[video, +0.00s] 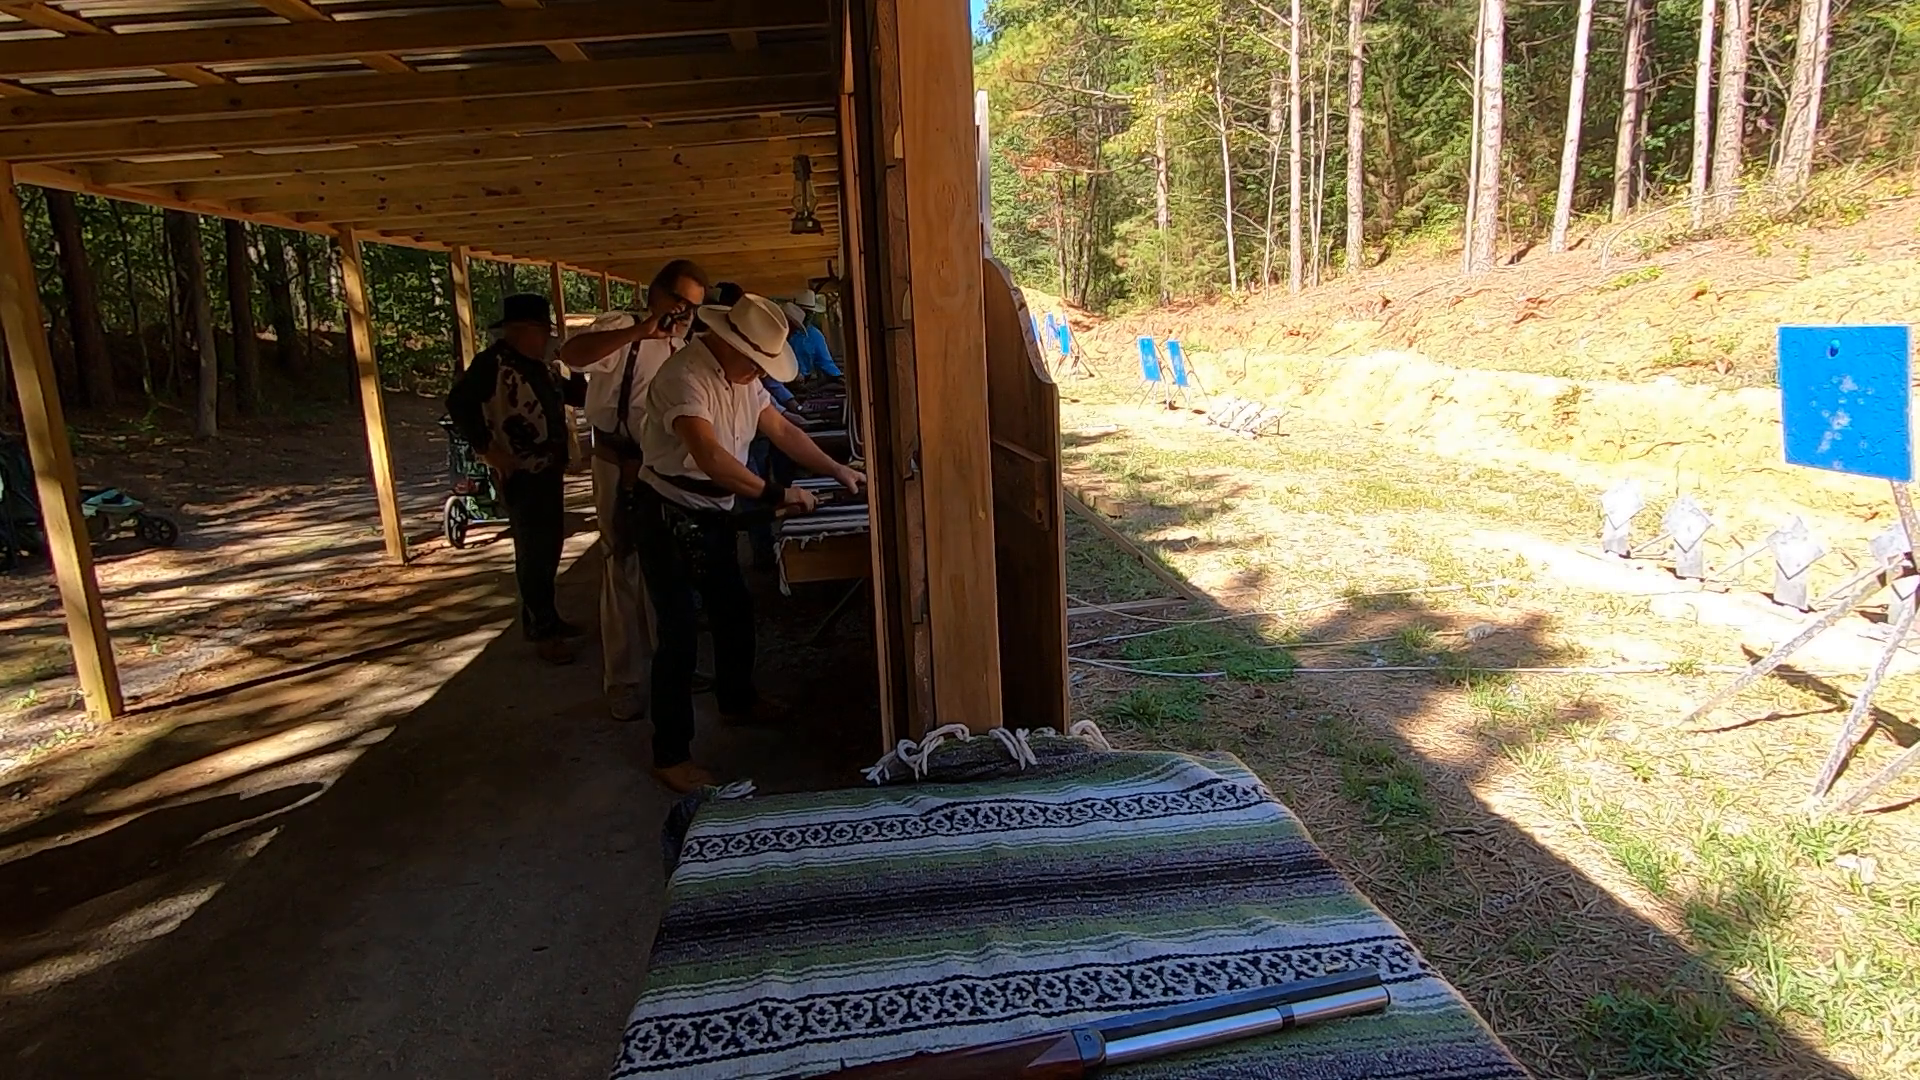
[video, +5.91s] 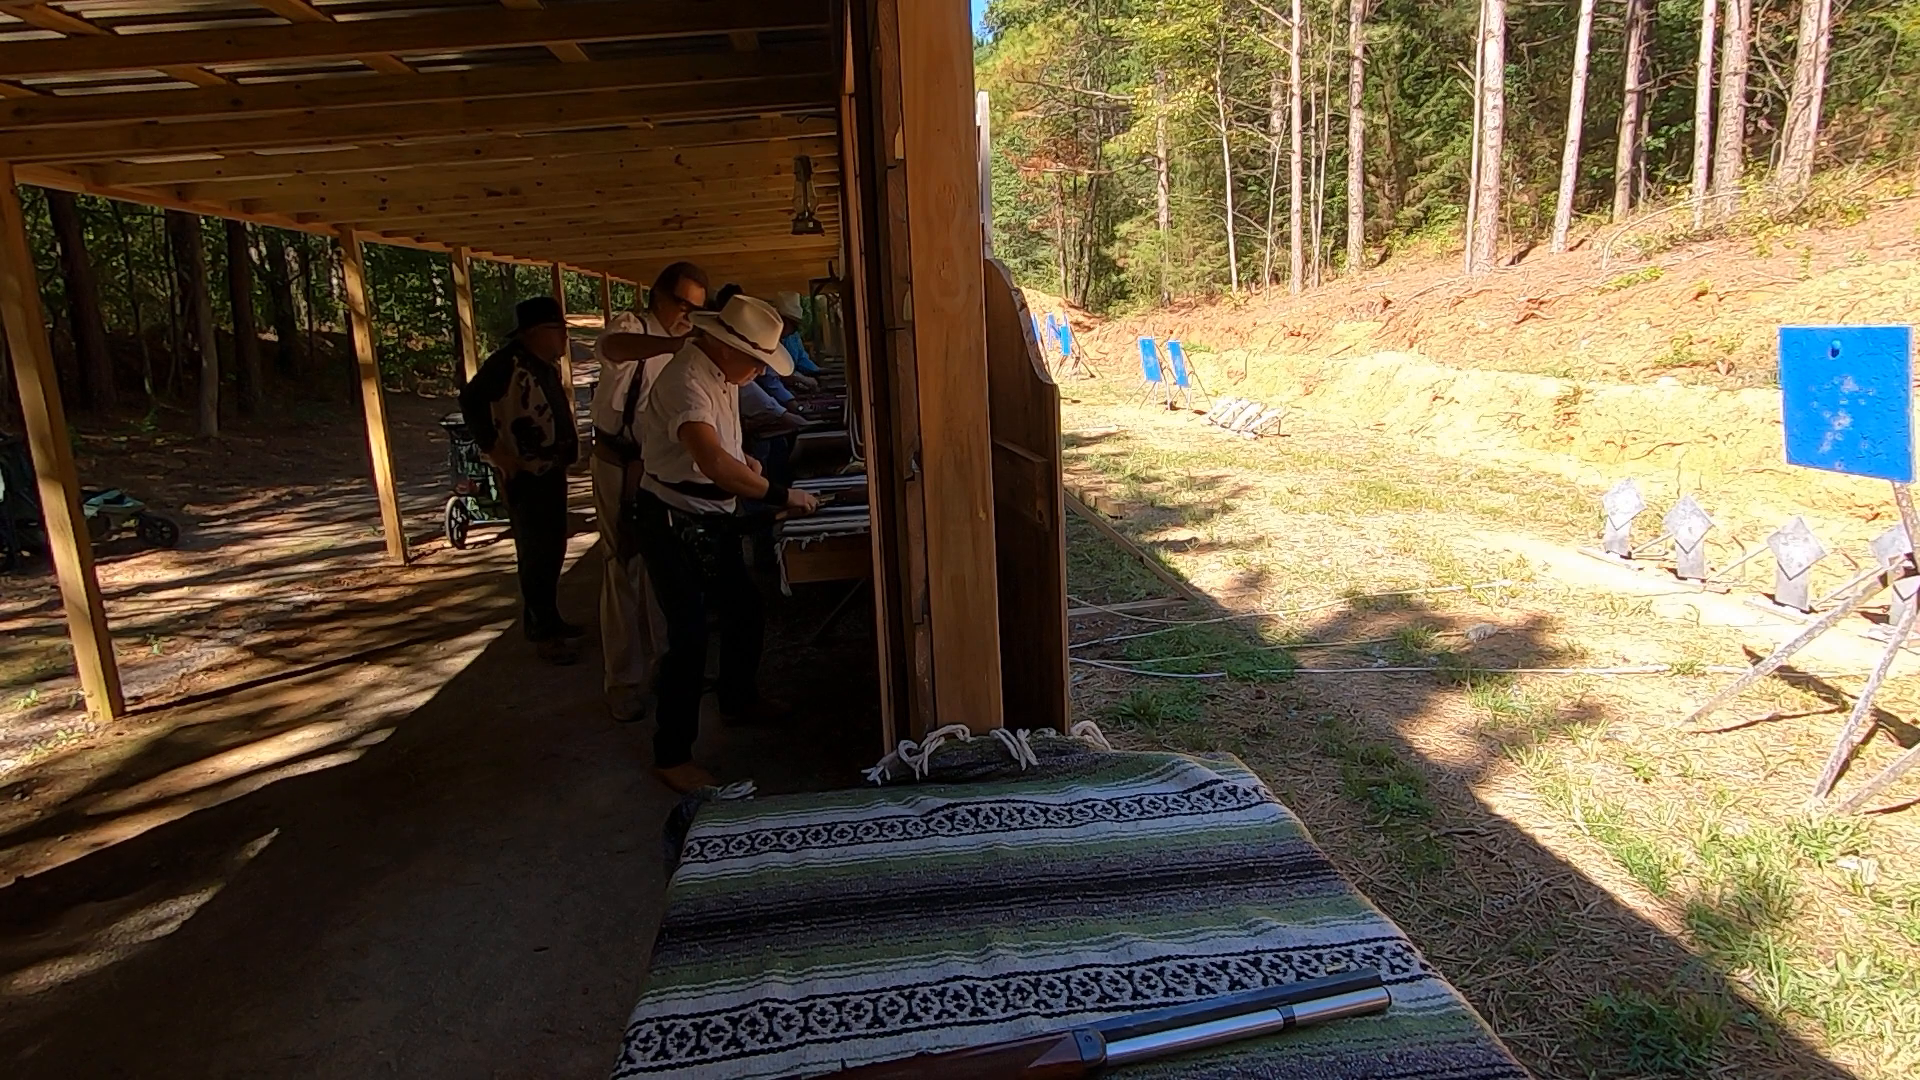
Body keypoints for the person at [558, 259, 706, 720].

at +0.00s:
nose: (683, 312)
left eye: (693, 306)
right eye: (676, 300)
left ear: (701, 309)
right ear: (655, 293)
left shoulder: (692, 349)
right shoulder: (623, 330)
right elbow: (571, 354)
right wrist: (637, 333)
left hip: (672, 464)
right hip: (617, 464)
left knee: (671, 570)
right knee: (623, 572)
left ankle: (676, 669)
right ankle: (624, 684)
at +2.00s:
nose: (687, 313)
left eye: (696, 307)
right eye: (681, 302)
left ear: (702, 311)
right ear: (657, 296)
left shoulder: (694, 348)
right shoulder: (626, 328)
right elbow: (579, 358)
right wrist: (649, 339)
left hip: (675, 467)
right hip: (621, 467)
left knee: (672, 571)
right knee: (626, 573)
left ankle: (677, 672)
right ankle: (625, 685)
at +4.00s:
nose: (691, 314)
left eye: (698, 309)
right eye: (686, 304)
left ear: (698, 310)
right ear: (661, 296)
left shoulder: (690, 345)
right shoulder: (631, 327)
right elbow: (608, 346)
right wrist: (675, 342)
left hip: (668, 463)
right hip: (619, 466)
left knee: (671, 567)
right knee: (626, 572)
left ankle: (673, 671)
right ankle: (624, 684)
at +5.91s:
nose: (687, 315)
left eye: (695, 310)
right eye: (682, 305)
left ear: (697, 311)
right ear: (657, 296)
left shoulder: (688, 344)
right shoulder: (630, 325)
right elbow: (610, 348)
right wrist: (675, 345)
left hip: (667, 462)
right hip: (618, 463)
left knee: (668, 564)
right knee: (624, 570)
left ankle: (670, 664)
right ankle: (623, 680)